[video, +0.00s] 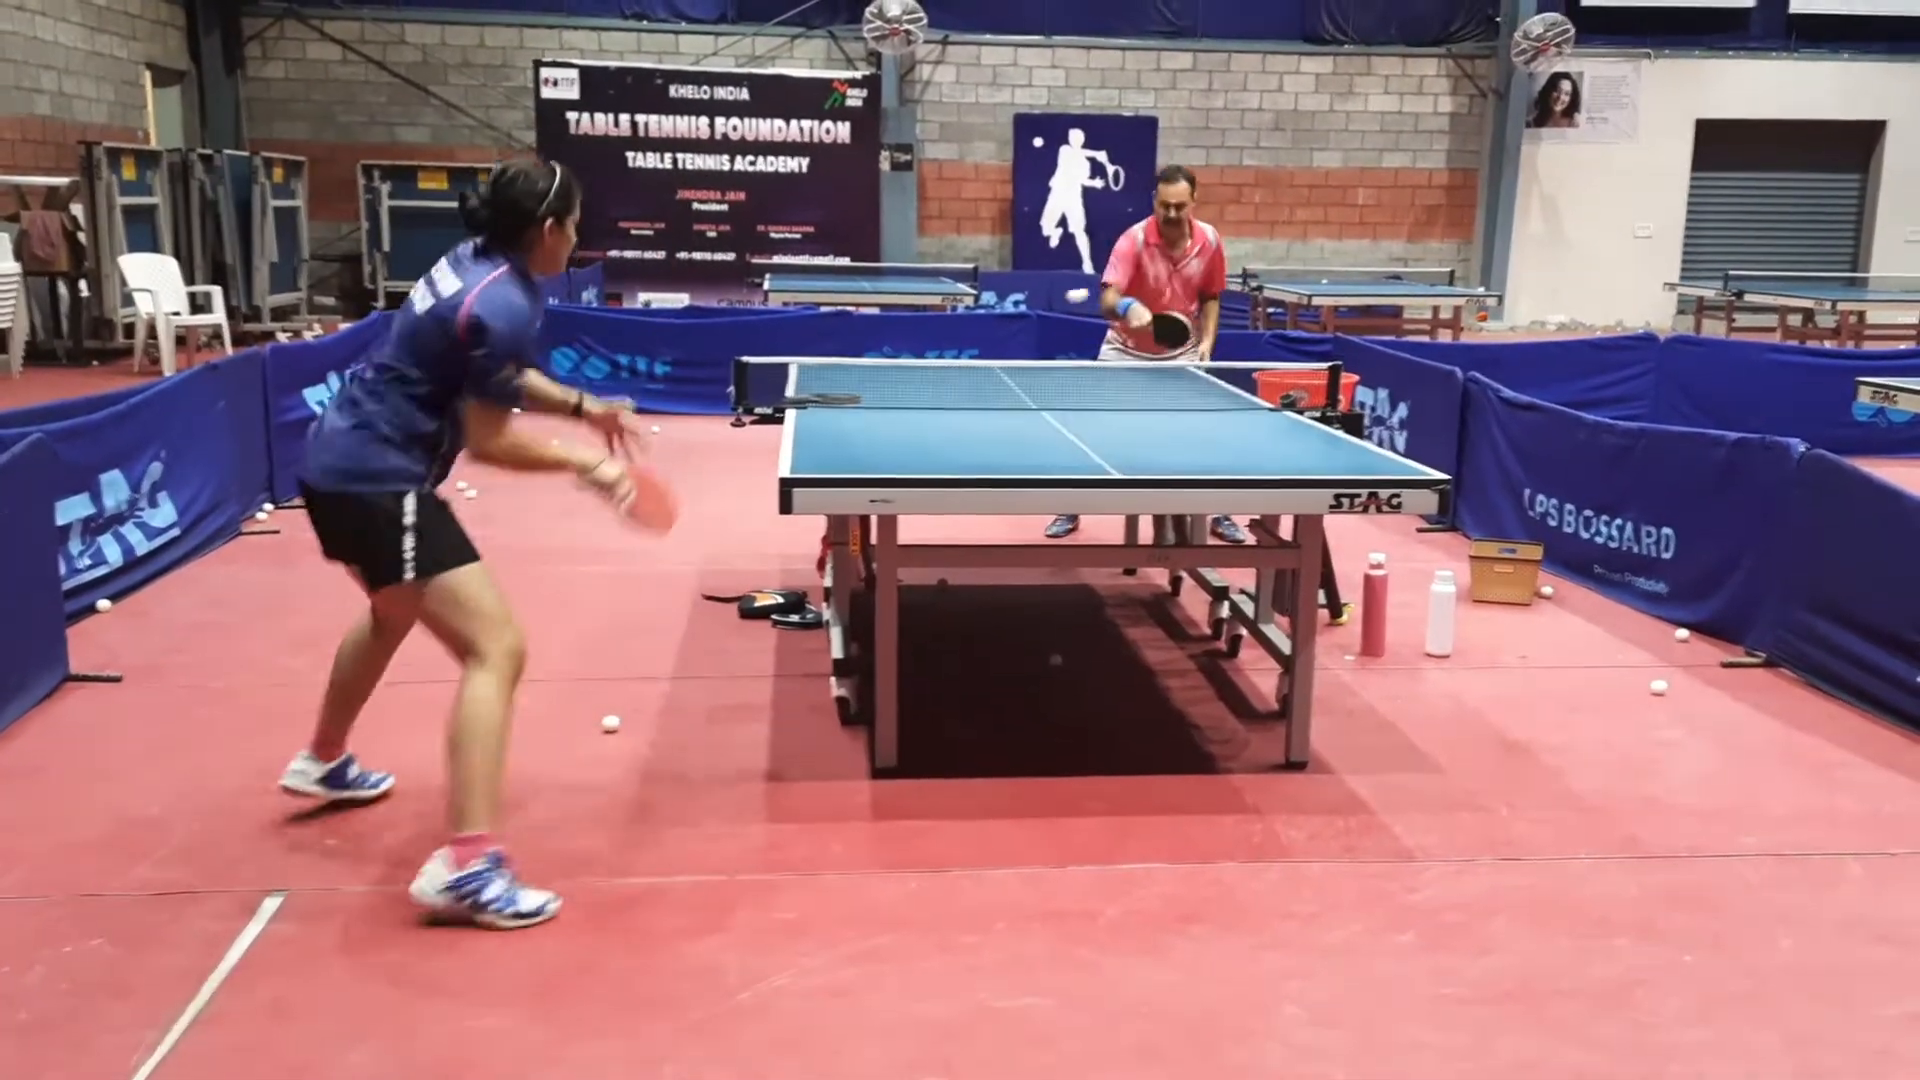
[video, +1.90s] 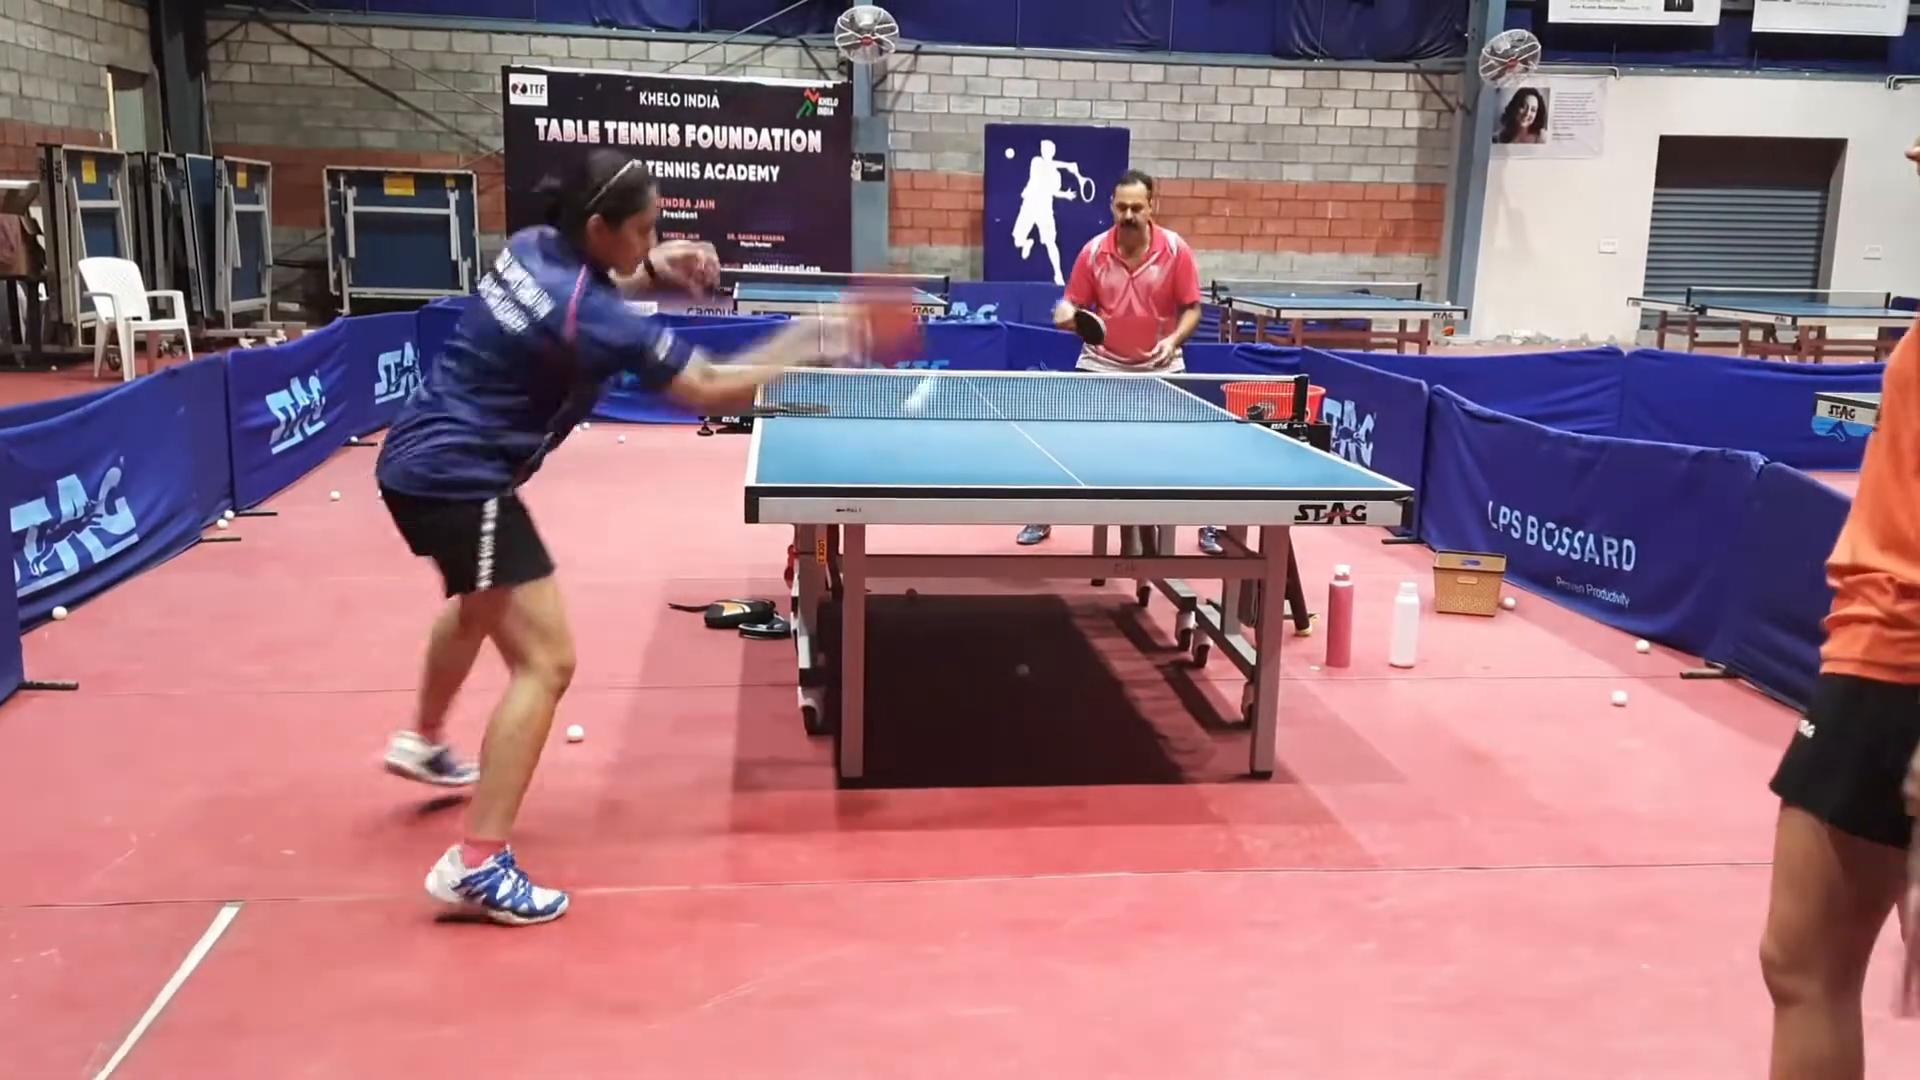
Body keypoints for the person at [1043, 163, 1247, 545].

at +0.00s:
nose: (1172, 214)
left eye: (1180, 206)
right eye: (1165, 206)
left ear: (1193, 203)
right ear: (1154, 203)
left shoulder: (1208, 239)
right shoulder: (1133, 240)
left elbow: (1211, 297)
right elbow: (1107, 298)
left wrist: (1207, 343)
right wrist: (1127, 307)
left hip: (1183, 353)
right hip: (1125, 351)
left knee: (1205, 427)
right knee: (1090, 421)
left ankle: (1218, 512)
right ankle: (1068, 507)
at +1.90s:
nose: (1129, 216)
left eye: (1137, 208)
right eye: (1122, 208)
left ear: (1152, 207)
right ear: (1112, 208)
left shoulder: (1175, 250)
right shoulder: (1094, 252)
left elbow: (1193, 308)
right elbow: (1071, 306)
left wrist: (1173, 339)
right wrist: (1071, 318)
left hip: (1160, 367)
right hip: (1099, 364)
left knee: (1189, 438)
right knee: (1062, 432)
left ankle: (1211, 521)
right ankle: (1039, 515)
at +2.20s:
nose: (1116, 235)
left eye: (1124, 227)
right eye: (1109, 227)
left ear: (1137, 224)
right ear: (1099, 223)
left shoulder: (1160, 259)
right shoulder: (1079, 264)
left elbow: (1172, 315)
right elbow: (1059, 317)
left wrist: (1159, 354)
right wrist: (1063, 337)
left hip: (1142, 366)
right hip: (1086, 366)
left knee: (1178, 432)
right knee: (1053, 429)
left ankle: (1203, 520)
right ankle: (1034, 515)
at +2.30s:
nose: (1114, 242)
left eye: (1122, 235)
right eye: (1107, 234)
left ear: (1134, 228)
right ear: (1095, 227)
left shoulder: (1155, 261)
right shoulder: (1074, 264)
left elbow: (1166, 315)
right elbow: (1052, 326)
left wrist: (1158, 358)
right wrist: (1068, 326)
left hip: (1135, 365)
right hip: (1076, 364)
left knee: (1169, 434)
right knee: (1046, 429)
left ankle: (1201, 520)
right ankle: (1032, 516)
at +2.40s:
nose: (1112, 241)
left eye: (1120, 233)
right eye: (1105, 233)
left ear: (1132, 227)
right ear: (1093, 227)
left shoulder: (1151, 259)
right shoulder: (1073, 260)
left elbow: (1158, 314)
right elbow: (1058, 323)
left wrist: (1154, 362)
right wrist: (1074, 314)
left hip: (1131, 365)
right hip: (1073, 362)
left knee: (1170, 433)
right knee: (1041, 427)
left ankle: (1198, 521)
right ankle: (1029, 516)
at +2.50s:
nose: (1114, 229)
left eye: (1121, 221)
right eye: (1107, 221)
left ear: (1133, 217)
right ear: (1095, 217)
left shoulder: (1151, 256)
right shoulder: (1075, 257)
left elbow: (1156, 311)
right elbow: (1055, 316)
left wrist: (1152, 355)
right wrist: (1073, 323)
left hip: (1131, 366)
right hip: (1072, 364)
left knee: (1168, 435)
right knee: (1039, 429)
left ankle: (1198, 520)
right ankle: (1028, 514)